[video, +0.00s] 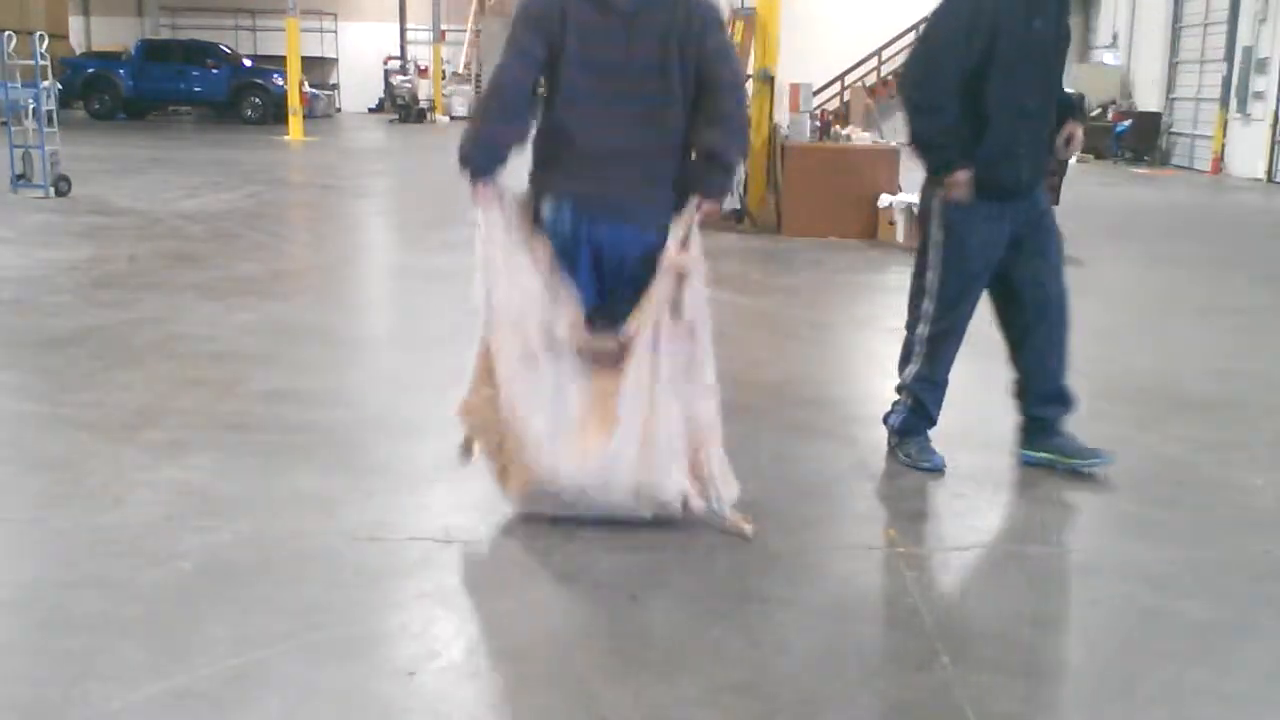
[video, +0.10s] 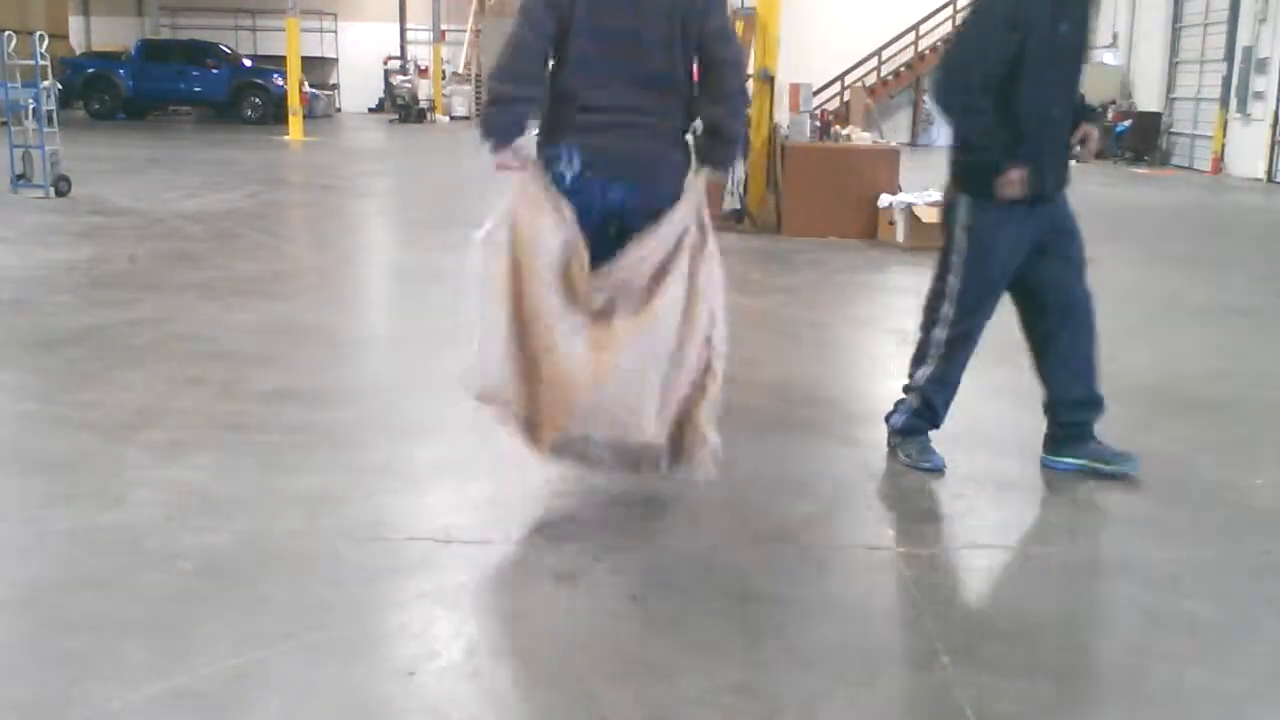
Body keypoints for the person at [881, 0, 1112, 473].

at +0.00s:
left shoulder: (1054, 11)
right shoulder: (973, 8)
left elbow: (1034, 80)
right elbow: (924, 78)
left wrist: (1068, 113)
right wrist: (949, 162)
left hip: (1025, 193)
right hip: (968, 189)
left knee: (1041, 314)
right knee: (941, 316)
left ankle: (1042, 432)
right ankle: (909, 429)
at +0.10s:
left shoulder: (1074, 11)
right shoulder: (1006, 9)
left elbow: (1050, 84)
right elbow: (957, 83)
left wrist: (1083, 119)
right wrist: (998, 162)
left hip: (1044, 197)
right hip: (987, 196)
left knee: (1066, 316)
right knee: (957, 314)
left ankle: (1071, 437)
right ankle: (909, 426)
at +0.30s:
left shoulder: (1106, 13)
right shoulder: (1066, 10)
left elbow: (1098, 87)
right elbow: (1049, 85)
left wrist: (1136, 113)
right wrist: (1109, 143)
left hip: (1090, 191)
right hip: (1044, 187)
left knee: (1098, 321)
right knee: (1028, 317)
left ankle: (1074, 438)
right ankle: (936, 408)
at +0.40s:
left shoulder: (1125, 12)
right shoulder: (1091, 9)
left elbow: (1106, 80)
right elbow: (1066, 80)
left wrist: (1146, 104)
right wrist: (1135, 123)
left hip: (1100, 174)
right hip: (1064, 170)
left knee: (1104, 314)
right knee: (1070, 310)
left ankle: (1074, 438)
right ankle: (973, 410)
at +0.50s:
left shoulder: (1141, 11)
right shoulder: (1116, 9)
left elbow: (1114, 76)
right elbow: (1091, 77)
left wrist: (1159, 102)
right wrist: (1157, 110)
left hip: (1109, 171)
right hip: (1083, 168)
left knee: (1109, 313)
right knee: (1092, 313)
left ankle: (1076, 438)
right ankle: (1032, 440)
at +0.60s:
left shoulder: (1149, 14)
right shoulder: (1142, 12)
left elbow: (1123, 76)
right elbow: (1116, 77)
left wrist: (1173, 108)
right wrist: (1167, 120)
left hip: (1103, 166)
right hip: (1107, 171)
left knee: (1099, 314)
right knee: (1120, 317)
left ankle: (1072, 446)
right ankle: (1105, 469)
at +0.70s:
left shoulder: (1177, 16)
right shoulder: (1164, 13)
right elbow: (1129, 80)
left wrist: (1194, 111)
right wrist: (1186, 123)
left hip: (1128, 171)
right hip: (1120, 172)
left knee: (1112, 314)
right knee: (1143, 316)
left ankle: (1073, 438)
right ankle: (1178, 473)